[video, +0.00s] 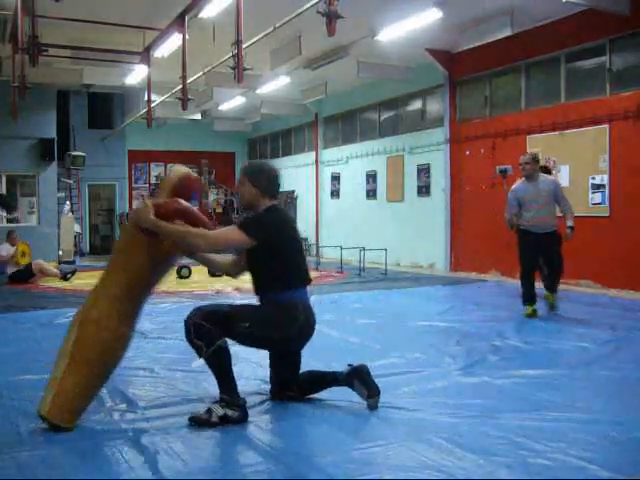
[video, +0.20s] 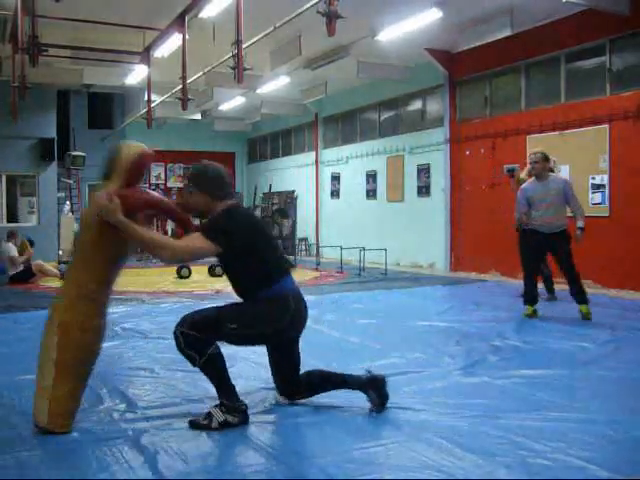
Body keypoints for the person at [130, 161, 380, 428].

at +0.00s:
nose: (237, 191)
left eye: (241, 185)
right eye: (239, 185)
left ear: (255, 188)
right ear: (267, 189)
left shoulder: (267, 221)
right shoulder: (275, 223)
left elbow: (205, 240)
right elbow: (230, 268)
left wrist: (153, 223)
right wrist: (188, 249)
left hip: (280, 320)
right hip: (295, 319)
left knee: (200, 322)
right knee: (284, 389)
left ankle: (231, 404)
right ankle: (350, 377)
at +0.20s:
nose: (183, 197)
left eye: (187, 192)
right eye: (184, 191)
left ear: (204, 195)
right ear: (218, 192)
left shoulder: (227, 223)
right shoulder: (237, 217)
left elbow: (173, 252)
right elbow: (186, 246)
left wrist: (119, 221)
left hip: (271, 312)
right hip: (288, 308)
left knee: (191, 330)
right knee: (292, 389)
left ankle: (231, 407)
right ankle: (366, 383)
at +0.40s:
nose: (133, 191)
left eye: (135, 184)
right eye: (132, 185)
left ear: (149, 181)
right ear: (166, 175)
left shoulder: (178, 203)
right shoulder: (179, 197)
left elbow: (133, 250)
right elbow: (135, 234)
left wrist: (77, 220)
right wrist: (93, 215)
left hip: (249, 274)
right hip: (263, 269)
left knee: (185, 334)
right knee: (265, 355)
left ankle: (231, 407)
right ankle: (345, 367)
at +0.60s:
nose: (86, 178)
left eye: (88, 171)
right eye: (85, 172)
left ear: (102, 170)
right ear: (118, 164)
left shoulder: (140, 188)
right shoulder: (129, 190)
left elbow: (101, 246)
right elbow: (98, 236)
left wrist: (38, 219)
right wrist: (51, 215)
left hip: (227, 247)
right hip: (211, 248)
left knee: (179, 329)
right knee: (154, 304)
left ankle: (230, 404)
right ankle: (192, 374)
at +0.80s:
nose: (44, 174)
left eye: (48, 166)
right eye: (45, 167)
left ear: (62, 167)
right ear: (77, 163)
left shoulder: (104, 192)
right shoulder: (84, 198)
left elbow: (71, 253)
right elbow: (66, 248)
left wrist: (14, 224)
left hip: (160, 271)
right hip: (145, 269)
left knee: (81, 316)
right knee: (83, 316)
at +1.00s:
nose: (26, 188)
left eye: (32, 182)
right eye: (29, 182)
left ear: (44, 189)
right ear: (66, 189)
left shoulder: (67, 228)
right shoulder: (55, 224)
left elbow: (24, 271)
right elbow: (19, 252)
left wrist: (1, 242)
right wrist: (10, 211)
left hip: (106, 322)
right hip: (99, 314)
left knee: (18, 338)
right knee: (21, 322)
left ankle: (37, 433)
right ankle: (49, 413)